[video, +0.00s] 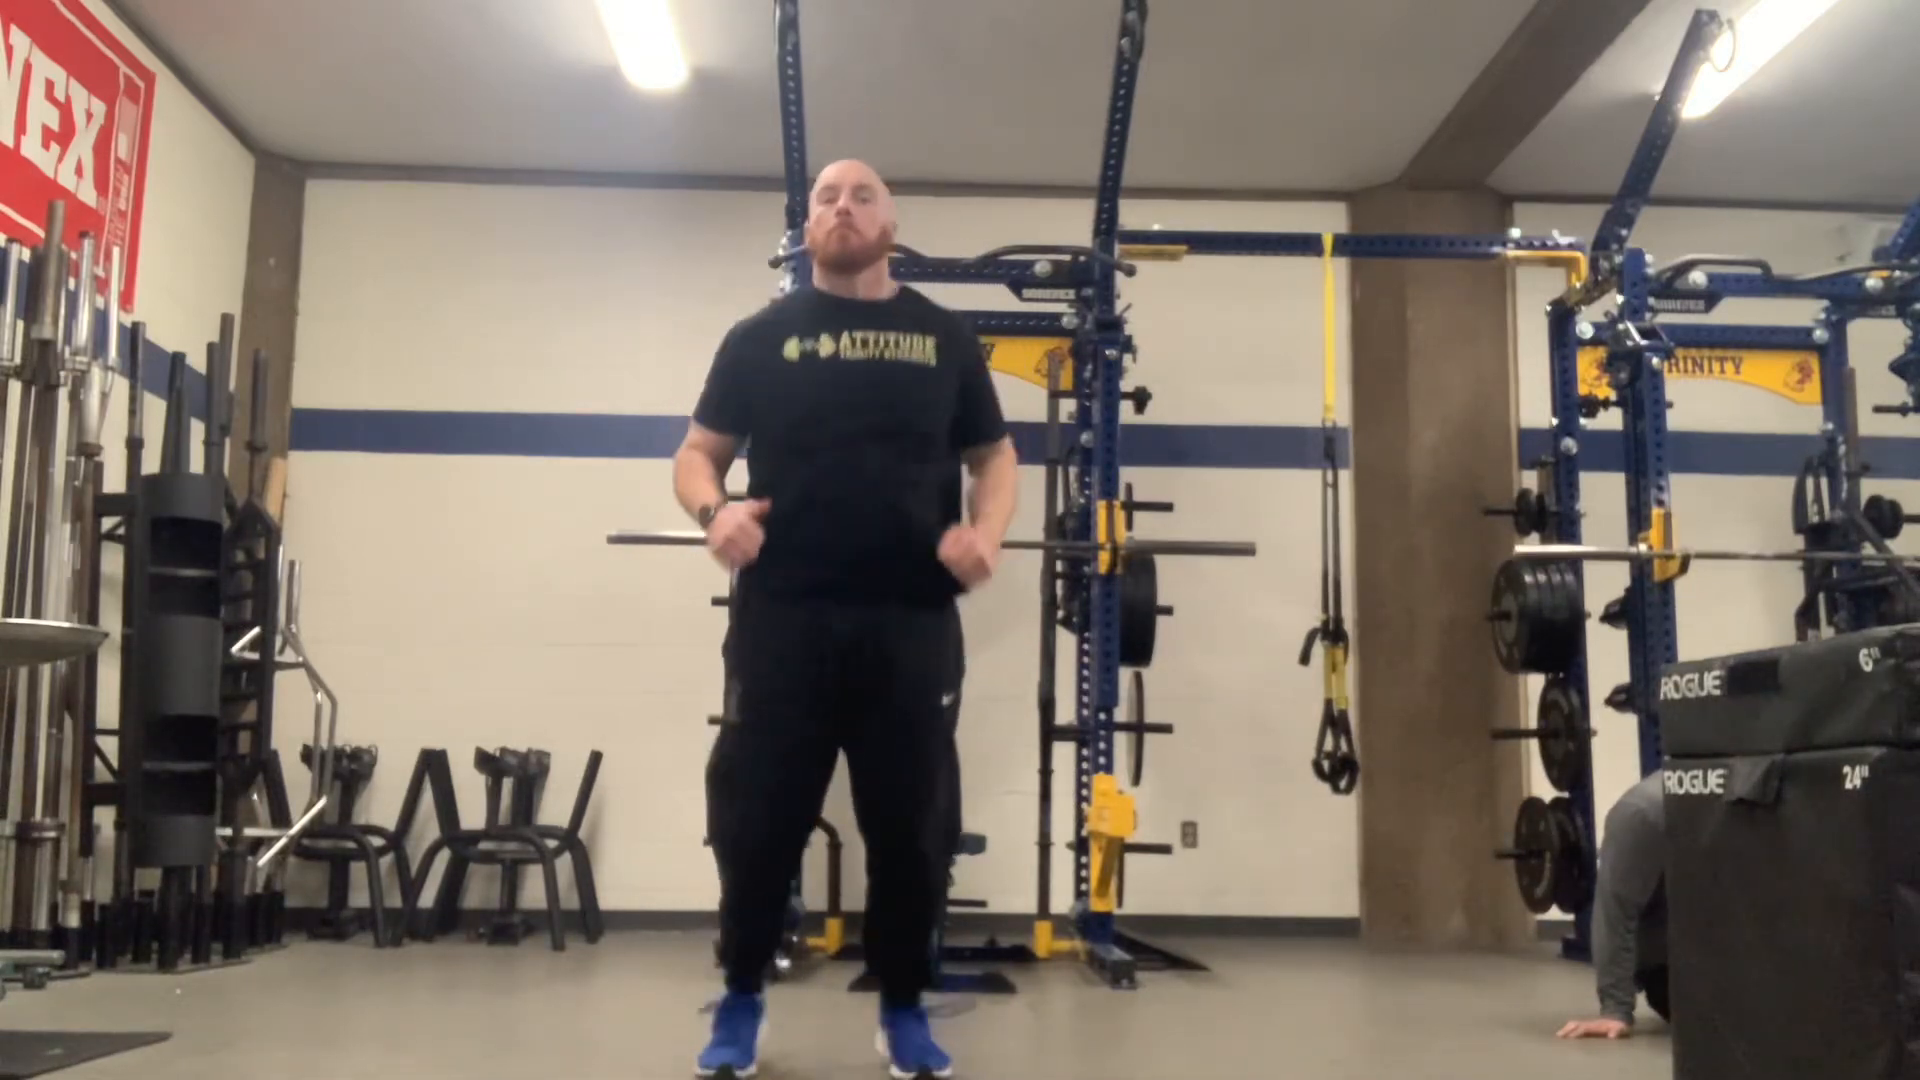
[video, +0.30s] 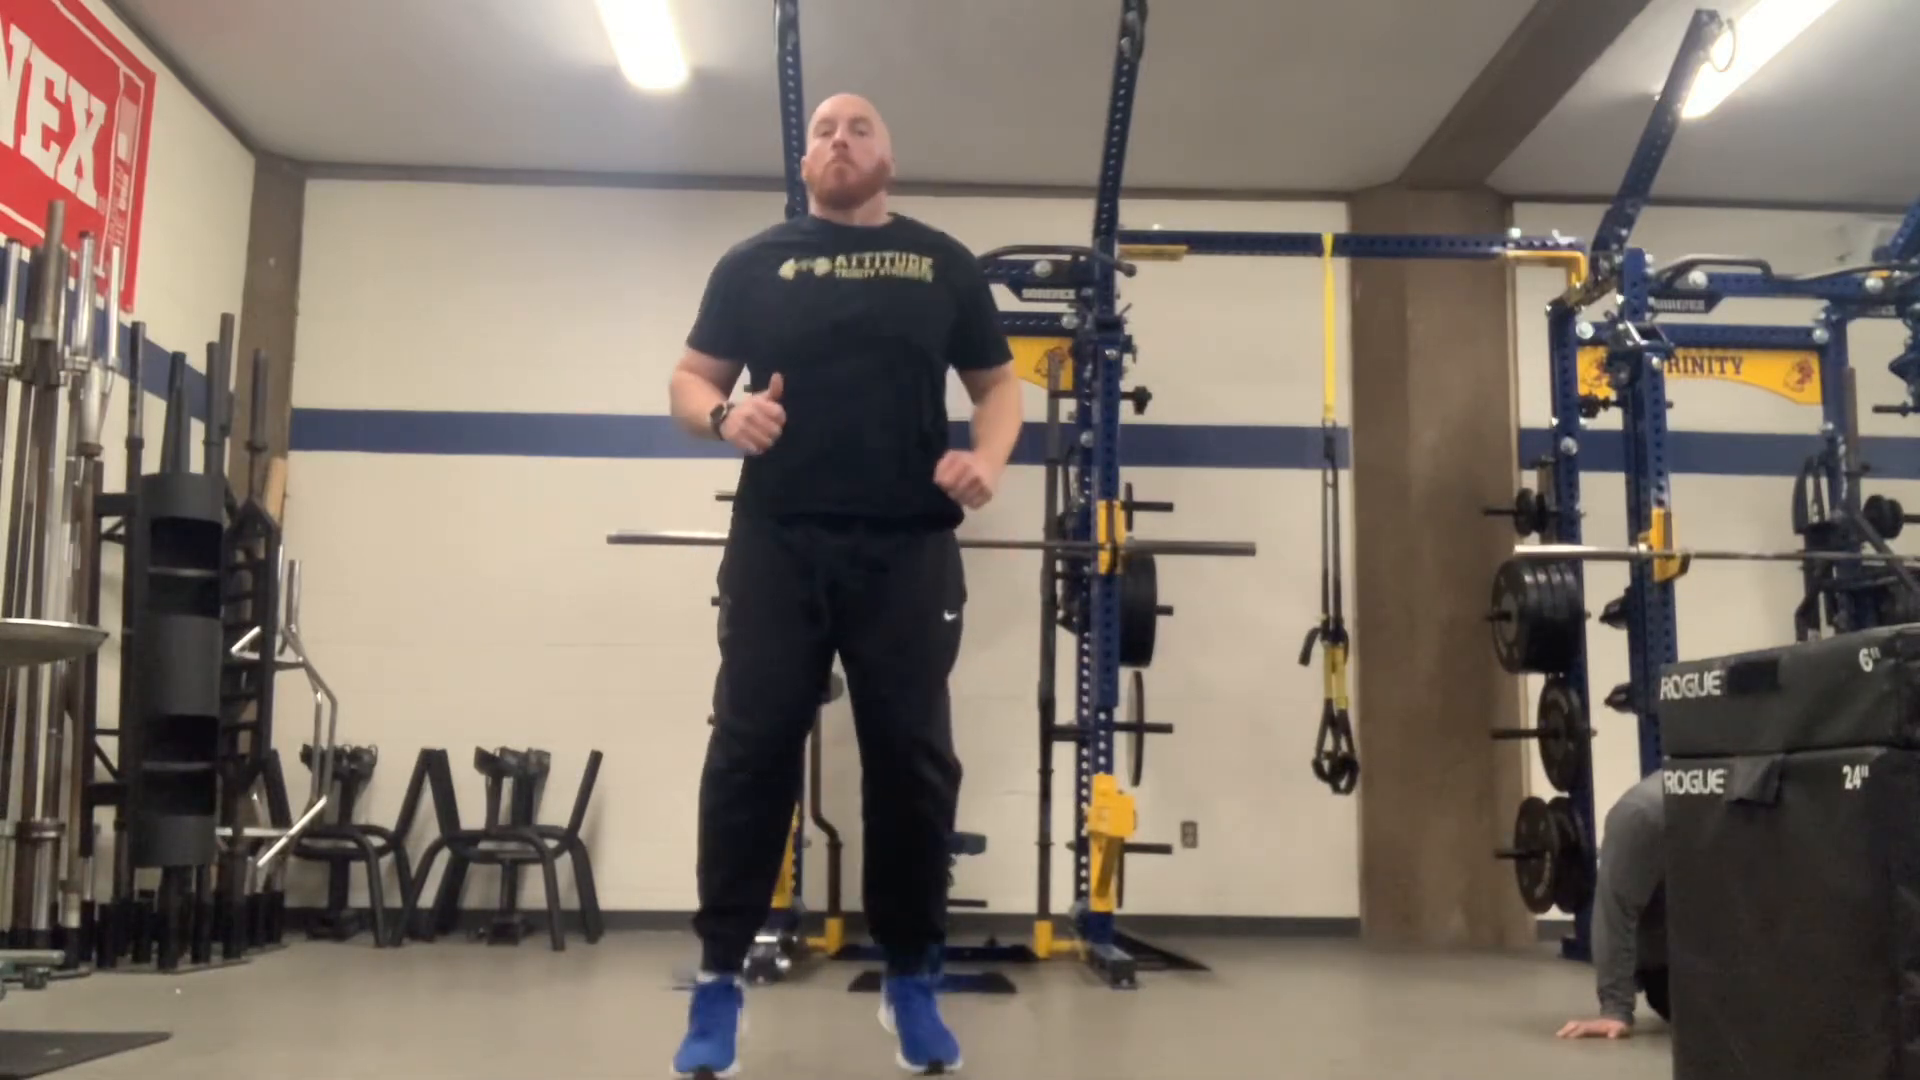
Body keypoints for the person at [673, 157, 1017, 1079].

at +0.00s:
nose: (843, 204)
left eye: (863, 194)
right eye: (827, 196)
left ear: (894, 228)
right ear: (804, 230)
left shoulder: (945, 338)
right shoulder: (760, 338)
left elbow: (995, 460)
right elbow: (695, 460)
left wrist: (985, 530)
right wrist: (714, 509)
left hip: (909, 622)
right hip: (782, 622)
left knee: (913, 830)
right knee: (757, 821)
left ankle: (905, 1017)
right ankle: (739, 1006)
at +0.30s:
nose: (840, 136)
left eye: (859, 127)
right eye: (824, 129)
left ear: (893, 161)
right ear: (802, 164)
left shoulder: (943, 264)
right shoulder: (752, 265)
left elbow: (1000, 390)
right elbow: (690, 388)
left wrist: (986, 457)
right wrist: (722, 417)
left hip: (908, 551)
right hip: (777, 548)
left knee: (915, 765)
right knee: (749, 756)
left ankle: (914, 983)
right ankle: (717, 982)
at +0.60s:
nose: (842, 145)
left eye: (862, 132)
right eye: (827, 132)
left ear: (895, 159)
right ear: (804, 156)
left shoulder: (946, 266)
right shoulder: (755, 263)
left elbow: (1005, 386)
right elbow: (699, 381)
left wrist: (971, 438)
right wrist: (733, 419)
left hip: (905, 569)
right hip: (772, 565)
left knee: (909, 788)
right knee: (742, 779)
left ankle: (918, 1010)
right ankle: (714, 1001)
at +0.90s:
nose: (838, 202)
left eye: (857, 190)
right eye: (823, 192)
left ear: (890, 221)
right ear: (800, 223)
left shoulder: (943, 333)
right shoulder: (755, 335)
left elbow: (1001, 453)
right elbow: (701, 457)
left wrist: (977, 504)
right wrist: (719, 502)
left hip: (906, 622)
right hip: (781, 618)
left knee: (903, 830)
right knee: (764, 824)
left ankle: (902, 1018)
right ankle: (744, 1010)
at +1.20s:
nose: (843, 149)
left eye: (861, 141)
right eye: (826, 144)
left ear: (894, 175)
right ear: (802, 180)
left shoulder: (948, 282)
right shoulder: (752, 282)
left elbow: (1012, 405)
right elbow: (693, 404)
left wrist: (971, 432)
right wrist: (729, 431)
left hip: (907, 566)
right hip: (773, 563)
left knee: (921, 787)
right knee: (742, 775)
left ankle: (922, 1016)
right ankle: (705, 1005)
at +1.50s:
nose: (841, 134)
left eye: (861, 125)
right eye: (825, 126)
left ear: (893, 159)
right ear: (802, 159)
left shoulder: (941, 259)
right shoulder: (752, 256)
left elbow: (1002, 382)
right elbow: (697, 370)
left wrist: (955, 422)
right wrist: (732, 406)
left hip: (903, 551)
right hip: (775, 546)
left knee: (912, 777)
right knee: (742, 766)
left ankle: (919, 992)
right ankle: (708, 988)